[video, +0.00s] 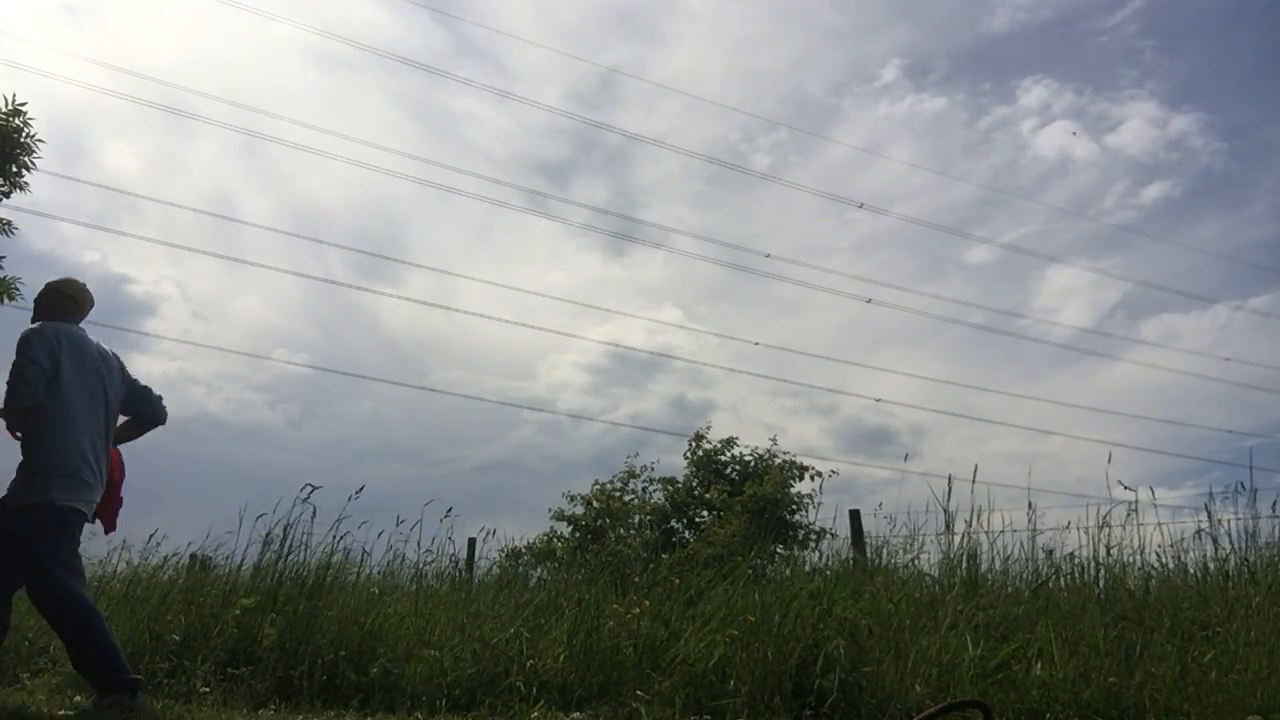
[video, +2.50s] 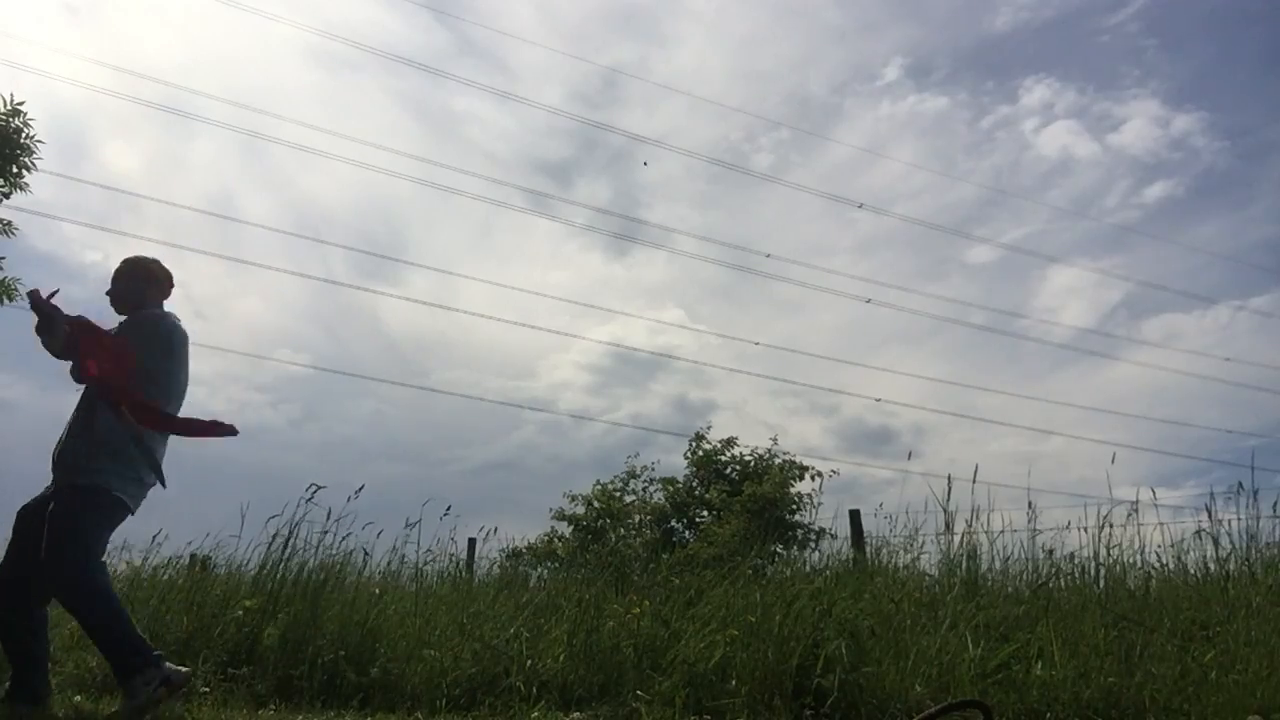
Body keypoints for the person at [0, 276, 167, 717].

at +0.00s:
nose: (33, 317)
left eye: (37, 309)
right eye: (35, 311)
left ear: (48, 307)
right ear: (79, 314)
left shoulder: (40, 336)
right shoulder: (107, 359)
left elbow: (21, 398)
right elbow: (154, 411)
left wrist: (14, 420)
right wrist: (107, 435)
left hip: (47, 482)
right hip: (85, 488)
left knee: (57, 588)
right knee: (2, 576)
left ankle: (120, 691)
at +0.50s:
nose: (25, 271)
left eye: (35, 265)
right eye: (27, 266)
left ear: (60, 271)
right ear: (37, 279)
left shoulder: (91, 303)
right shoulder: (21, 321)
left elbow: (83, 237)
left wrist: (35, 183)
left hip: (83, 428)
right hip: (29, 429)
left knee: (39, 377)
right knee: (6, 517)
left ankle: (54, 492)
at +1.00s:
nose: (50, 300)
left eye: (62, 292)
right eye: (49, 293)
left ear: (89, 300)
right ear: (52, 302)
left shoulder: (114, 340)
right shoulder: (55, 362)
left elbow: (173, 373)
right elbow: (37, 403)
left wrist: (232, 406)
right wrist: (7, 355)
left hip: (87, 489)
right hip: (40, 489)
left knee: (88, 574)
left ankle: (137, 681)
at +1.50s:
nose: (185, 273)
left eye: (194, 268)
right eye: (177, 263)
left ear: (202, 281)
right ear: (156, 269)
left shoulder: (209, 323)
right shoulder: (129, 318)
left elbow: (224, 346)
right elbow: (167, 372)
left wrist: (148, 313)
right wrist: (234, 408)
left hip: (166, 476)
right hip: (101, 468)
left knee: (160, 571)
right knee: (65, 579)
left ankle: (160, 691)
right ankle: (35, 692)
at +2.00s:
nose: (200, 267)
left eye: (209, 260)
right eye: (192, 259)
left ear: (222, 275)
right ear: (176, 269)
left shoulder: (241, 336)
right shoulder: (141, 313)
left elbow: (303, 348)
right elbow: (92, 353)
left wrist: (351, 352)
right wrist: (64, 308)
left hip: (170, 480)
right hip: (103, 468)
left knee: (162, 573)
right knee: (58, 574)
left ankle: (160, 691)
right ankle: (23, 685)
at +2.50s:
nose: (110, 294)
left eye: (119, 285)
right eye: (111, 286)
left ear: (148, 286)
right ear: (150, 288)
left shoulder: (159, 328)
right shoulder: (135, 334)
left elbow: (98, 356)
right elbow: (73, 349)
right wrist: (50, 320)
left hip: (107, 478)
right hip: (83, 477)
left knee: (71, 566)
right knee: (19, 574)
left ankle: (145, 673)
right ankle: (28, 694)